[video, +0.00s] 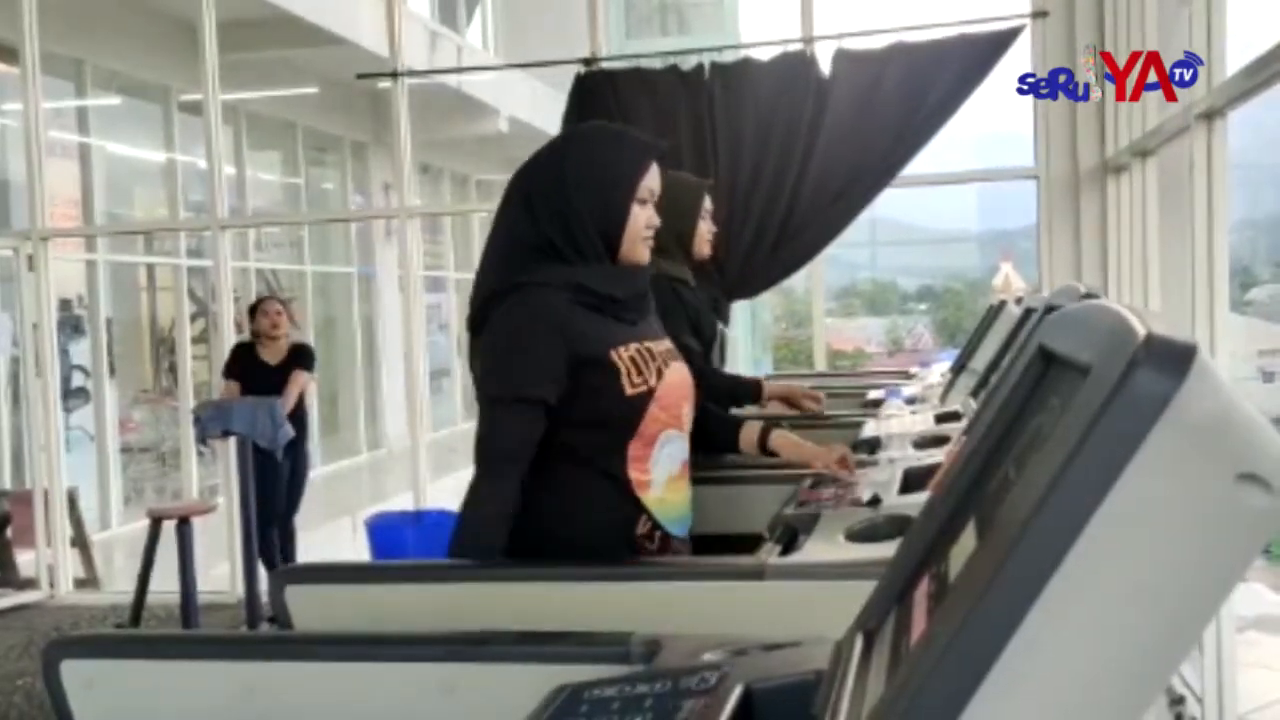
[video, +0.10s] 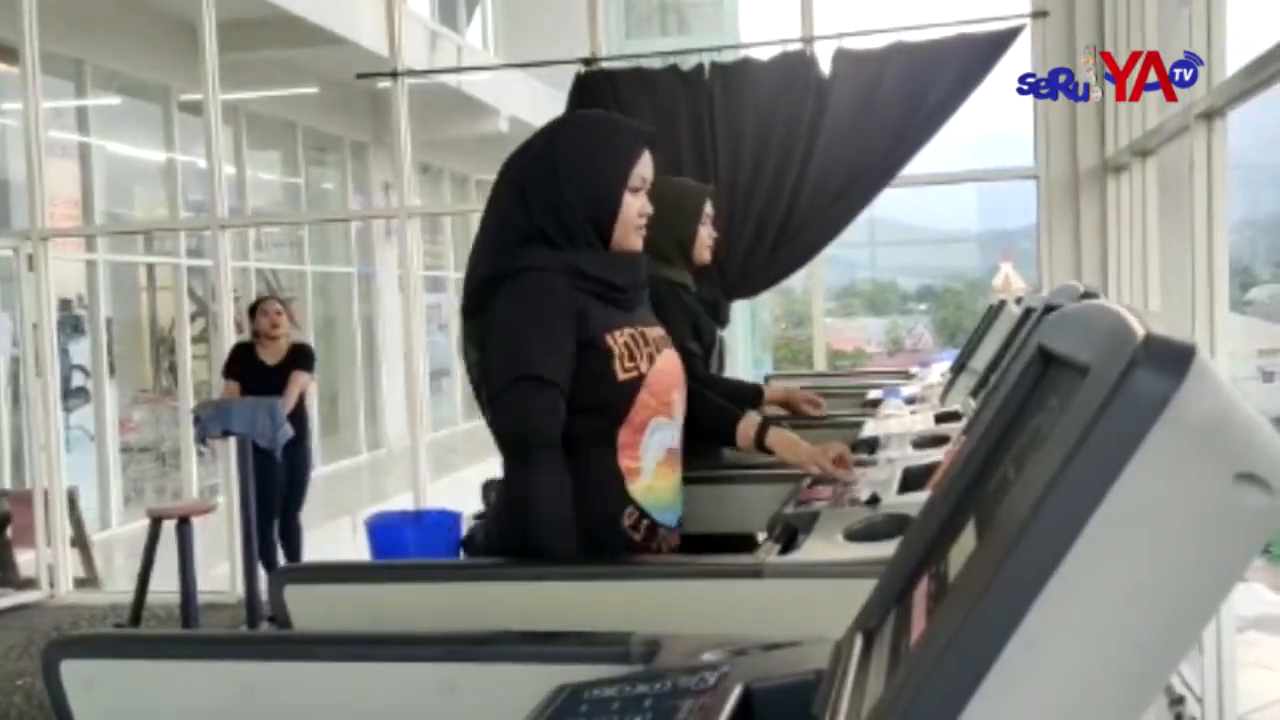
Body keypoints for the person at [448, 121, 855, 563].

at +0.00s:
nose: (655, 220)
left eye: (655, 204)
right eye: (642, 203)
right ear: (589, 202)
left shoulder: (628, 303)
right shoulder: (536, 314)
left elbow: (669, 415)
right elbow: (498, 475)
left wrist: (778, 442)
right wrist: (460, 594)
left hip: (648, 564)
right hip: (571, 580)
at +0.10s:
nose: (647, 208)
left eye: (646, 192)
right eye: (635, 190)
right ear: (587, 188)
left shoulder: (618, 282)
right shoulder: (536, 292)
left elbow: (669, 393)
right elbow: (532, 451)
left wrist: (774, 438)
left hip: (641, 537)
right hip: (577, 551)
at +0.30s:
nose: (643, 212)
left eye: (642, 196)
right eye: (629, 194)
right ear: (580, 193)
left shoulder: (613, 293)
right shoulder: (543, 294)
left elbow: (666, 407)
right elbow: (576, 429)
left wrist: (771, 441)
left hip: (610, 552)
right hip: (539, 563)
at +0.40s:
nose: (644, 220)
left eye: (643, 204)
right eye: (631, 203)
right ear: (582, 201)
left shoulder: (614, 297)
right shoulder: (542, 300)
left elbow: (667, 413)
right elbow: (569, 436)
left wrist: (774, 442)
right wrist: (708, 501)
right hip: (566, 563)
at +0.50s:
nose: (651, 206)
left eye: (649, 190)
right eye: (637, 189)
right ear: (589, 190)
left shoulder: (625, 288)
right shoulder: (541, 290)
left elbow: (670, 404)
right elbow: (538, 442)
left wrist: (769, 443)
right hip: (568, 565)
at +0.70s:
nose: (653, 200)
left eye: (651, 183)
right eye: (639, 183)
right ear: (588, 182)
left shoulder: (628, 284)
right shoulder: (527, 287)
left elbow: (674, 396)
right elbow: (491, 440)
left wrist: (780, 440)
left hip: (632, 550)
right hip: (549, 562)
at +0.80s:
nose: (651, 212)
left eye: (651, 195)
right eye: (637, 194)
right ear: (587, 196)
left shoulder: (625, 297)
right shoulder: (522, 299)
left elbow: (658, 412)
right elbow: (470, 448)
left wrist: (766, 435)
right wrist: (415, 569)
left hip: (619, 559)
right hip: (533, 572)